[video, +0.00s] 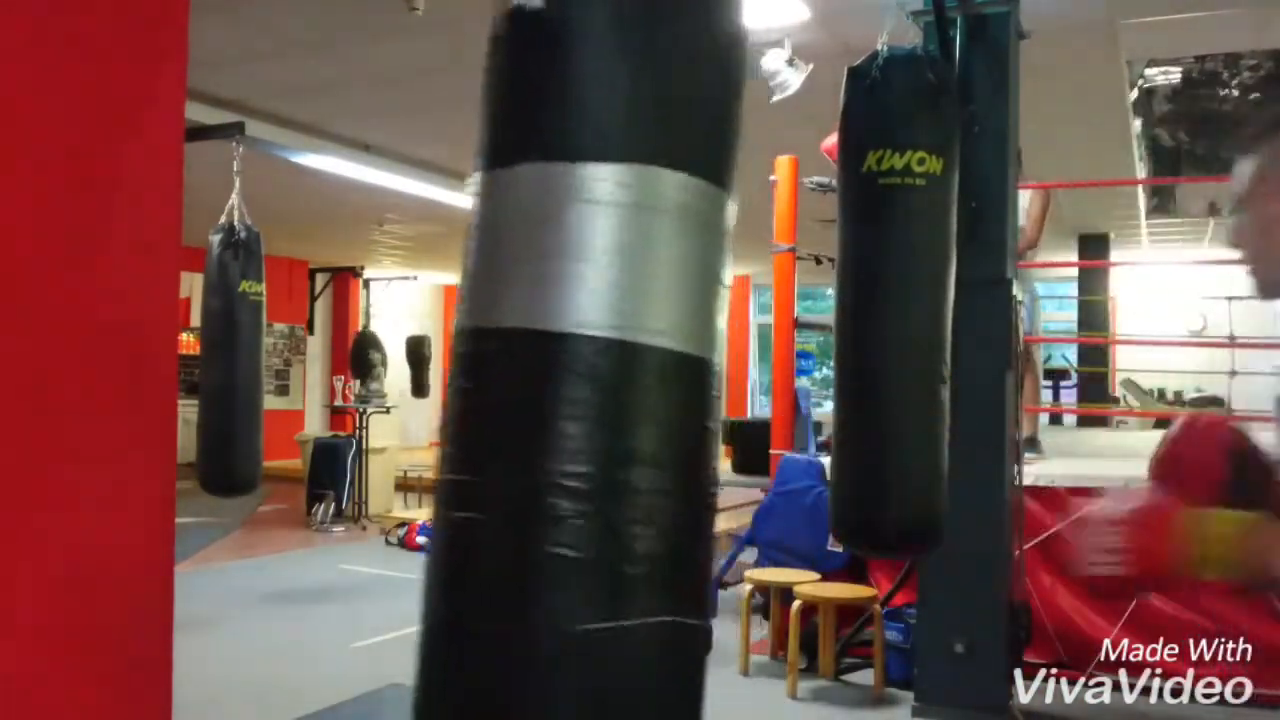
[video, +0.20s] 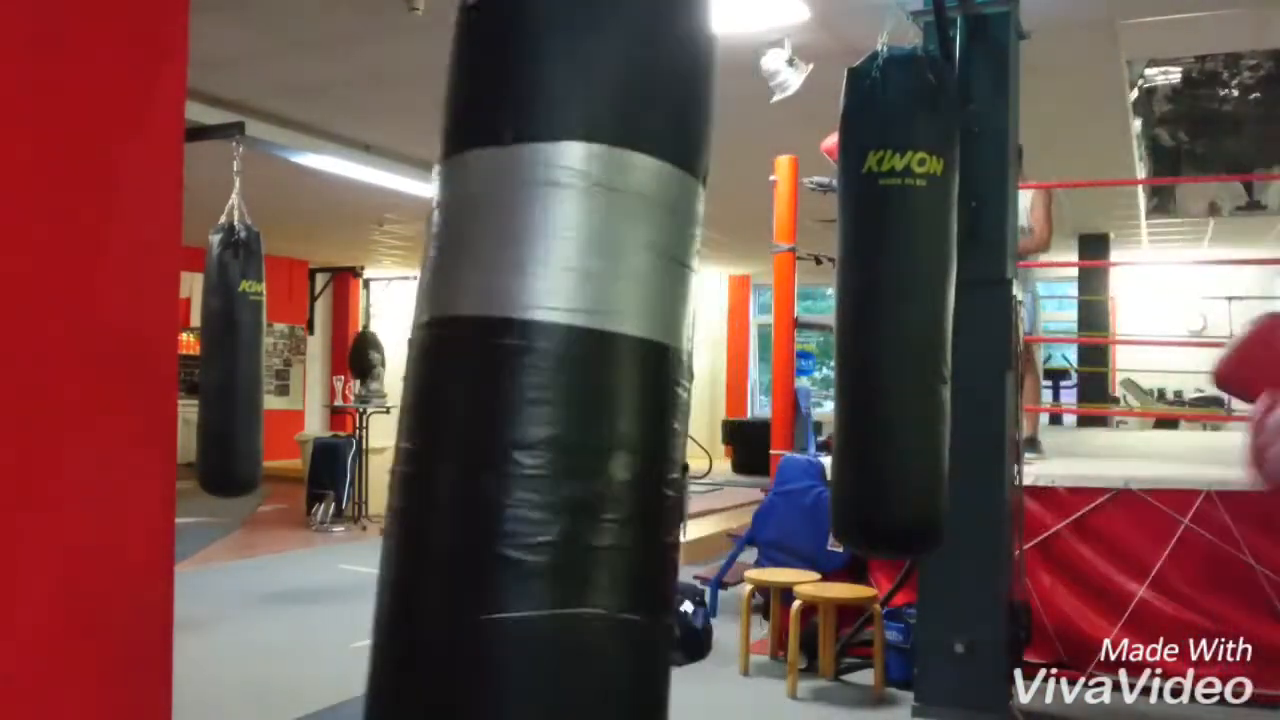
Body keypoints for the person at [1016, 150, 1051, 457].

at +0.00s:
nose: (1009, 161)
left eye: (1014, 155)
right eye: (1007, 155)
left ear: (1020, 157)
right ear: (997, 157)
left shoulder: (1036, 185)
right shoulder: (985, 184)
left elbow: (1030, 237)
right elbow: (1030, 237)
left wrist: (999, 252)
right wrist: (1003, 249)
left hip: (1016, 277)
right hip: (988, 278)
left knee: (1025, 356)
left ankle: (1029, 433)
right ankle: (1006, 435)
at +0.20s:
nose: (1008, 162)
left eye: (1012, 155)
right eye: (1004, 155)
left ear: (1018, 157)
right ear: (996, 158)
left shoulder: (1034, 189)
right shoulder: (986, 188)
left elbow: (1041, 238)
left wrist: (1007, 249)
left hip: (1018, 280)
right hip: (988, 283)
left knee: (1025, 358)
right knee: (994, 360)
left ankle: (1029, 433)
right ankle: (1000, 436)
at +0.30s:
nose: (1007, 161)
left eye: (1011, 154)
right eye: (1003, 154)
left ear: (1018, 156)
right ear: (995, 157)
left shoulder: (1034, 190)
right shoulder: (984, 189)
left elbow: (1048, 239)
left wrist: (1018, 246)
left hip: (1020, 283)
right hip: (987, 285)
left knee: (1026, 359)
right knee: (991, 361)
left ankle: (1029, 434)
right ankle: (998, 436)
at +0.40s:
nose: (1008, 163)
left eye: (1012, 155)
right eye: (1004, 156)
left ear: (1018, 157)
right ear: (995, 159)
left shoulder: (1034, 192)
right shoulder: (983, 190)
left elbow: (1054, 239)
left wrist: (1026, 245)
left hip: (1020, 284)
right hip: (986, 287)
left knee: (1026, 358)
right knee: (991, 361)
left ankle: (1029, 434)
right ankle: (996, 436)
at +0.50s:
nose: (1008, 162)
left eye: (1011, 155)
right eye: (1005, 155)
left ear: (1018, 156)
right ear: (999, 157)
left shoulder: (1037, 191)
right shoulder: (983, 190)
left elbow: (1061, 239)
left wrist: (1030, 243)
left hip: (1021, 285)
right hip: (986, 288)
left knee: (1026, 358)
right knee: (995, 361)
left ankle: (1029, 435)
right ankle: (998, 436)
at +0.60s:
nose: (1007, 163)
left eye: (1011, 156)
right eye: (1004, 157)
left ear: (1018, 156)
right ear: (998, 159)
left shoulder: (1038, 191)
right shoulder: (984, 190)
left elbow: (1064, 237)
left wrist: (1032, 236)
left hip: (1023, 285)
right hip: (988, 287)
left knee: (1026, 359)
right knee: (996, 361)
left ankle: (1029, 435)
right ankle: (999, 437)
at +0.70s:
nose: (1007, 163)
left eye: (1009, 156)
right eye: (1005, 157)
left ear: (1017, 157)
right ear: (1011, 158)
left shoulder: (1039, 192)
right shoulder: (985, 191)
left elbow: (1064, 239)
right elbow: (1062, 237)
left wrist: (1034, 236)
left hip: (1023, 285)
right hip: (989, 287)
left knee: (1028, 361)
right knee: (996, 363)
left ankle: (1030, 435)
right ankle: (1000, 438)